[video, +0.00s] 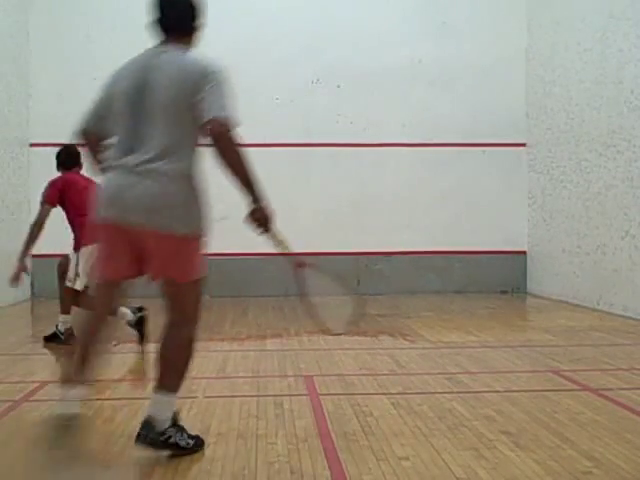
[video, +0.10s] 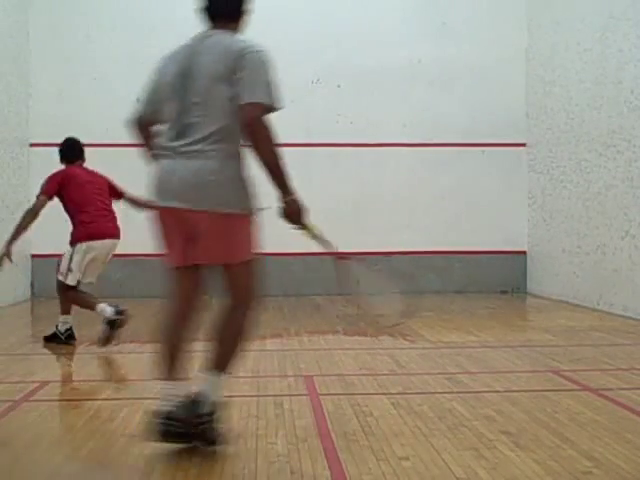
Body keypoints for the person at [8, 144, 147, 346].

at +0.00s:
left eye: (58, 164)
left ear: (59, 165)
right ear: (80, 164)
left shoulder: (59, 183)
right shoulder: (93, 184)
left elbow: (40, 221)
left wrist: (23, 257)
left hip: (88, 241)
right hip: (108, 237)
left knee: (75, 295)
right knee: (63, 267)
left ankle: (130, 316)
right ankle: (64, 327)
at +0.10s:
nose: (63, 160)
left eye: (62, 156)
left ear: (62, 157)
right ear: (83, 156)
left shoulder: (60, 177)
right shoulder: (97, 177)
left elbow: (35, 210)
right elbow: (130, 198)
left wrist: (9, 243)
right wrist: (159, 206)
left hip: (87, 237)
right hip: (111, 236)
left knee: (67, 290)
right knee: (64, 279)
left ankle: (110, 312)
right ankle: (64, 328)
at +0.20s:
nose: (90, 149)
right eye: (90, 146)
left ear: (70, 149)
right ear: (92, 147)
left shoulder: (65, 170)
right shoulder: (107, 168)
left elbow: (37, 199)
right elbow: (146, 183)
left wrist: (7, 230)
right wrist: (181, 189)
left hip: (89, 230)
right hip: (114, 231)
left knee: (67, 277)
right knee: (75, 278)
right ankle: (68, 325)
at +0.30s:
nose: (107, 137)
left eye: (105, 134)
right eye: (105, 134)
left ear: (82, 139)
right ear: (101, 136)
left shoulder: (72, 162)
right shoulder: (118, 159)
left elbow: (42, 195)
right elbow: (160, 177)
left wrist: (17, 228)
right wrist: (189, 178)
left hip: (91, 227)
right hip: (119, 228)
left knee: (77, 281)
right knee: (92, 280)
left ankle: (76, 329)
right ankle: (74, 325)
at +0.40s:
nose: (124, 133)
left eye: (122, 129)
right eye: (121, 130)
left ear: (100, 135)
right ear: (112, 133)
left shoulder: (86, 160)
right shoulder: (132, 156)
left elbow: (56, 195)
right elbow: (169, 181)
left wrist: (39, 233)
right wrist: (193, 179)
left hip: (97, 227)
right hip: (129, 228)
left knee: (80, 282)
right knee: (110, 272)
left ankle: (76, 337)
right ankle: (100, 325)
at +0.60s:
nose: (173, 128)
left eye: (172, 123)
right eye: (169, 123)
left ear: (150, 127)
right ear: (157, 126)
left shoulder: (127, 150)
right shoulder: (170, 154)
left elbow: (99, 185)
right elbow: (194, 183)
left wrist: (102, 218)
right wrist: (216, 197)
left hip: (121, 224)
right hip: (154, 228)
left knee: (97, 278)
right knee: (166, 276)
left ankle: (76, 336)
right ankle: (184, 317)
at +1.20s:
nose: (307, 111)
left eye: (305, 106)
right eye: (302, 107)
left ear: (285, 112)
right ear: (288, 110)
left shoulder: (265, 139)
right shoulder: (302, 138)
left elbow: (240, 176)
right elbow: (302, 178)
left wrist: (240, 218)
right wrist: (317, 214)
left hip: (268, 219)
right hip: (298, 218)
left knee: (257, 274)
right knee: (314, 274)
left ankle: (240, 327)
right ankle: (326, 332)